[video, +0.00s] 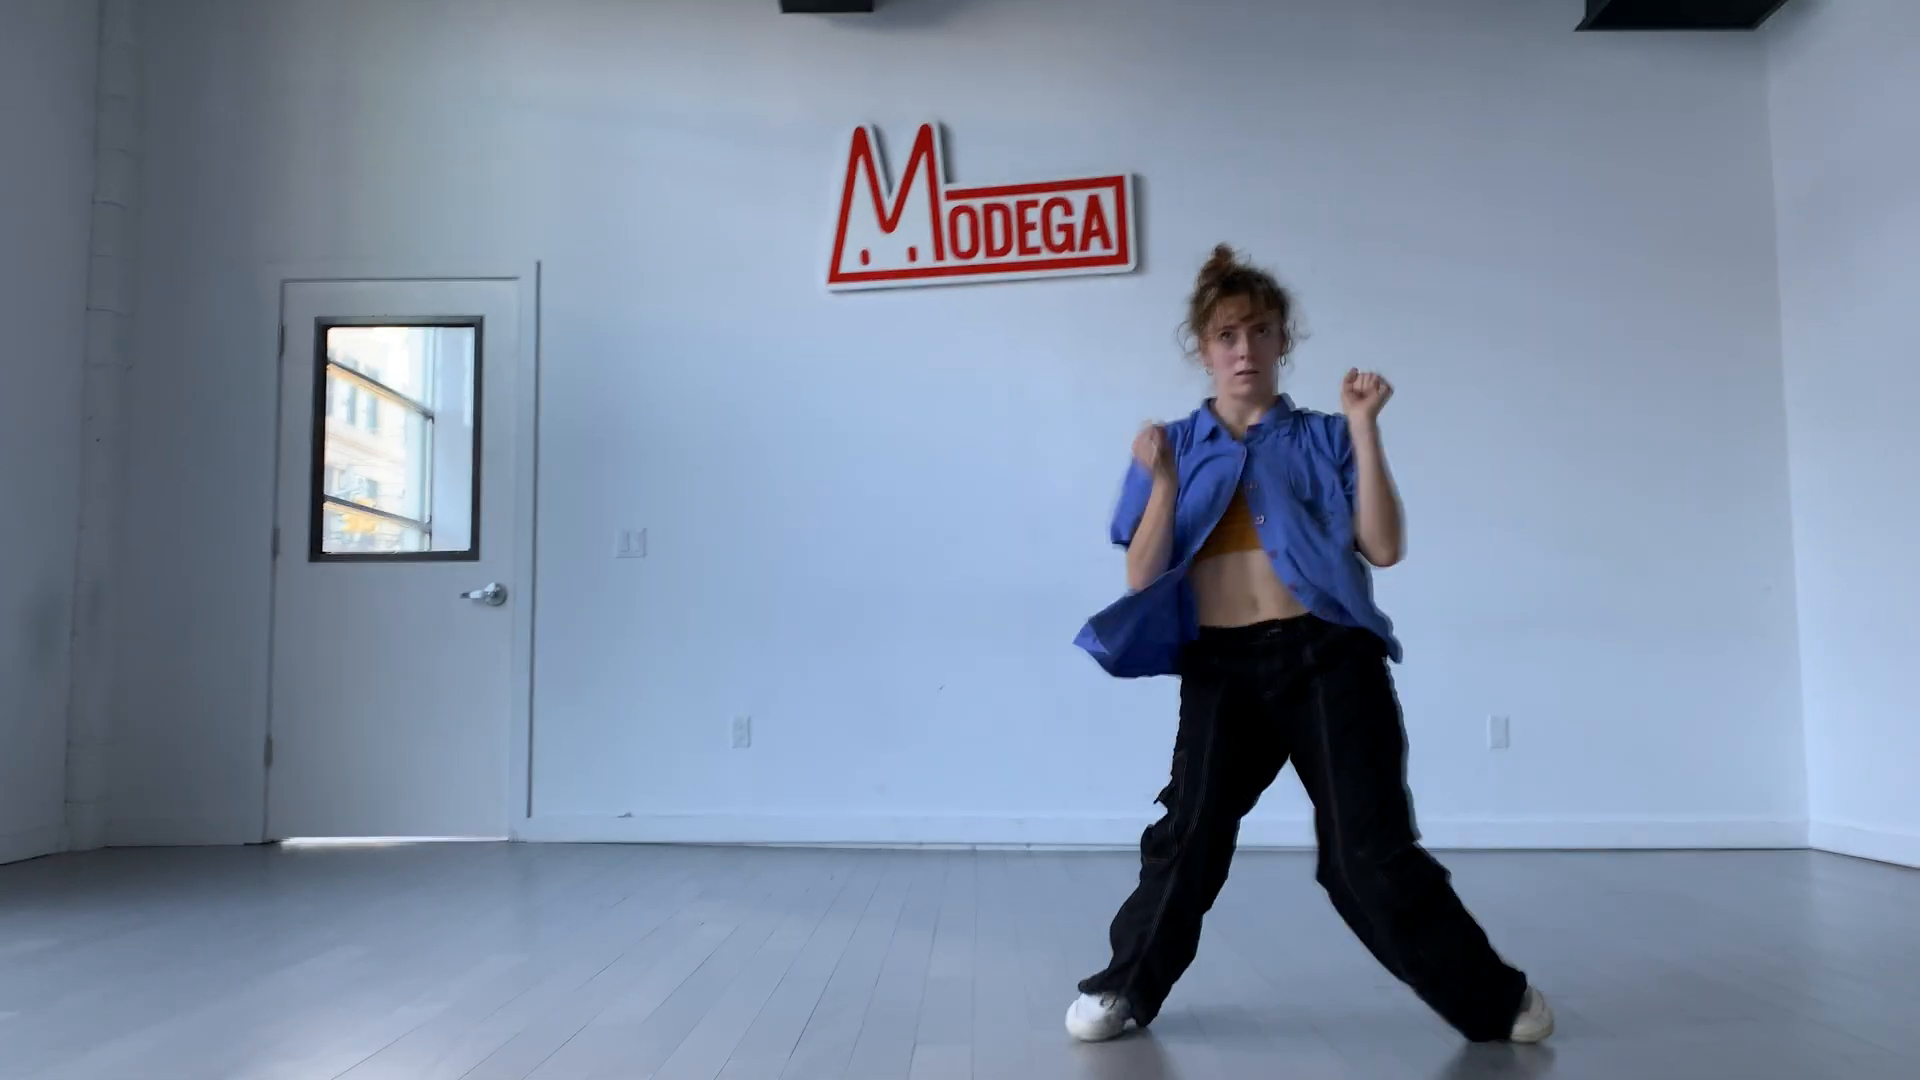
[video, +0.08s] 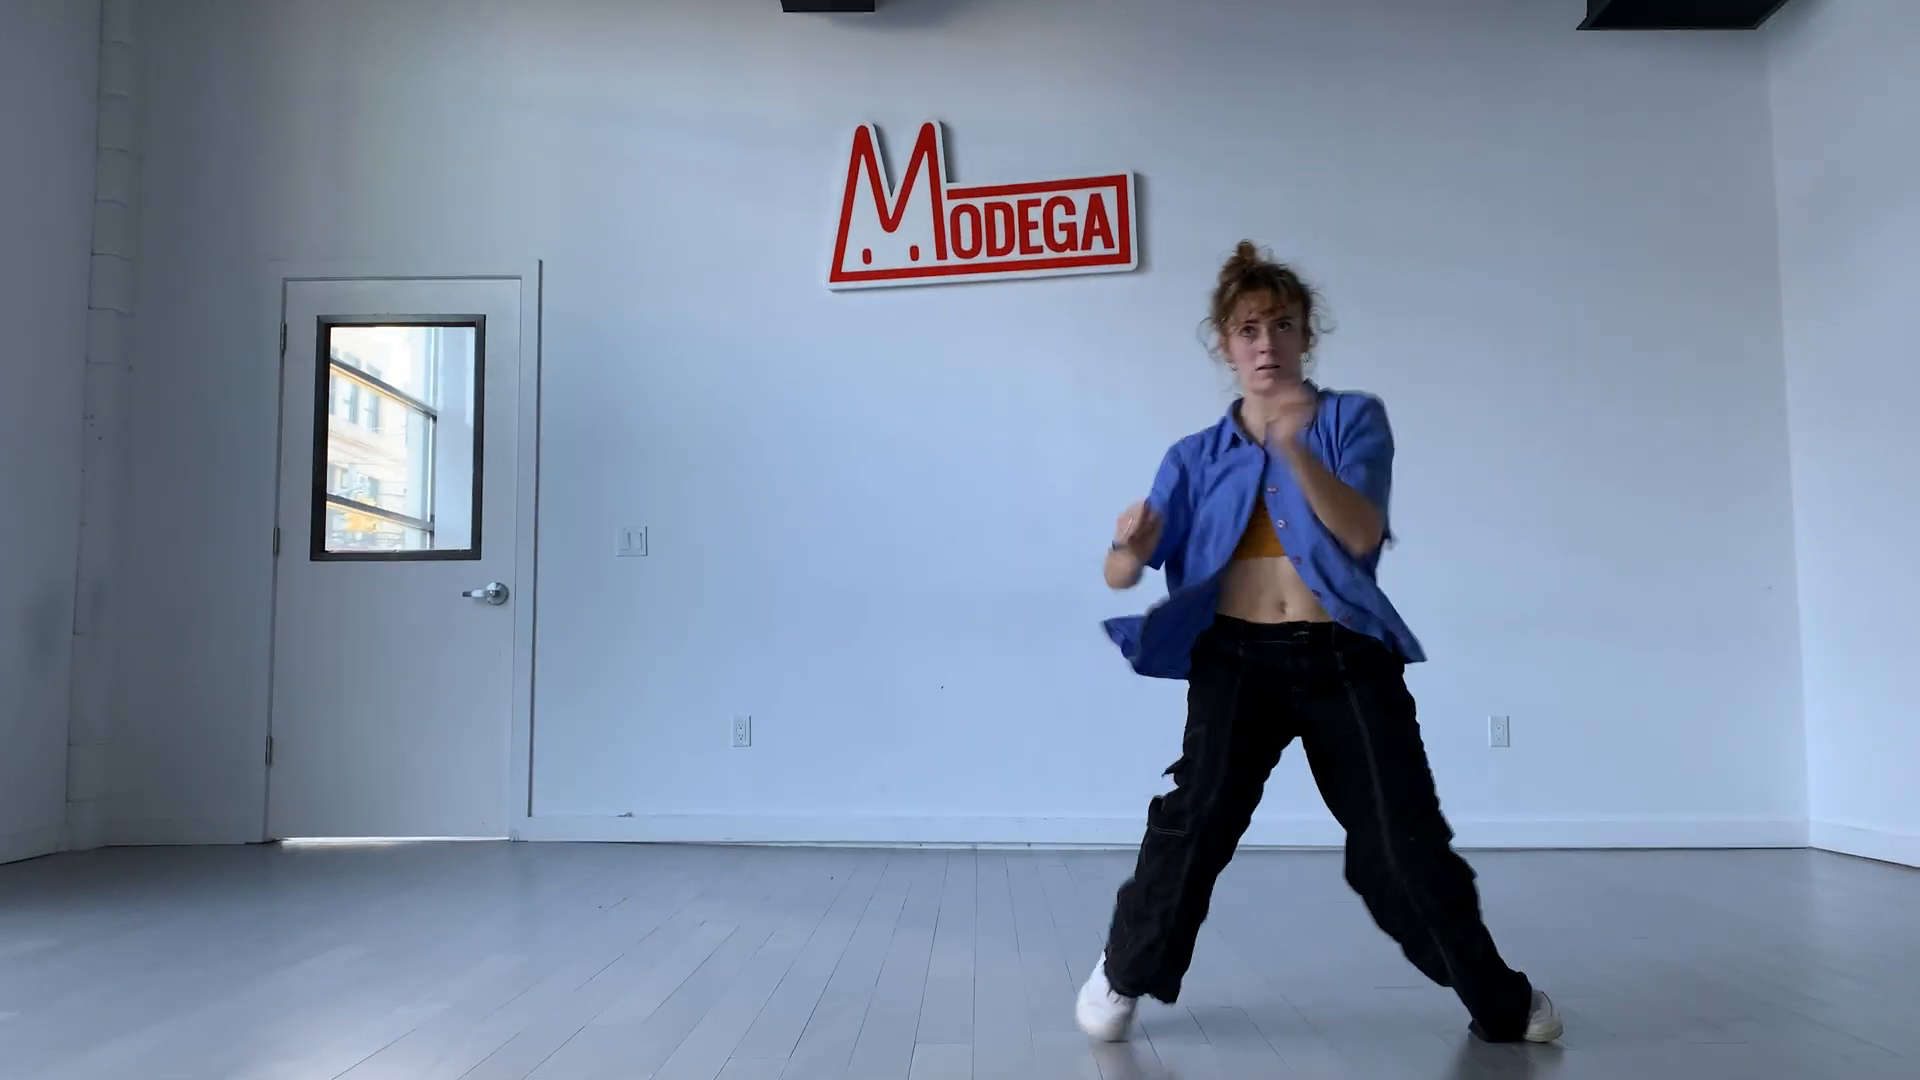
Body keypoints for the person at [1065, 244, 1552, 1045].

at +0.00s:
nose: (1244, 347)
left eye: (1258, 331)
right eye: (1227, 334)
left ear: (1282, 344)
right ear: (1203, 350)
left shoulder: (1324, 436)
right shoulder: (1173, 449)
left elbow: (1384, 547)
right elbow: (1143, 574)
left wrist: (1364, 426)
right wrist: (1165, 477)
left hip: (1331, 658)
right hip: (1225, 669)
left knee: (1368, 853)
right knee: (1187, 836)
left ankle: (1497, 999)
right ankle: (1126, 989)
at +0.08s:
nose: (1266, 344)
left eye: (1279, 326)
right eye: (1248, 331)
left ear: (1305, 335)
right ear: (1225, 349)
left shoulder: (1351, 421)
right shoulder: (1194, 455)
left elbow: (1364, 535)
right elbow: (1120, 577)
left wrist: (1295, 450)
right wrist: (1132, 550)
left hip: (1345, 657)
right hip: (1236, 660)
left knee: (1403, 840)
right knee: (1197, 820)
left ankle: (1500, 1000)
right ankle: (1123, 971)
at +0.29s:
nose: (1276, 351)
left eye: (1290, 335)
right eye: (1257, 336)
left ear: (1311, 347)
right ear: (1227, 349)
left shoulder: (1325, 423)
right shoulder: (1173, 419)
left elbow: (1343, 306)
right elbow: (1069, 370)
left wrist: (1226, 313)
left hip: (1316, 680)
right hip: (1206, 685)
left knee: (1397, 856)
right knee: (1227, 859)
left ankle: (1503, 1002)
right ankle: (1140, 976)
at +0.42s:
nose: (1206, 341)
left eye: (1222, 325)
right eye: (1188, 327)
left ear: (1250, 336)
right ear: (1167, 341)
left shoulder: (1281, 413)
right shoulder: (1129, 391)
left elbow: (1358, 295)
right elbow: (1074, 276)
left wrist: (1291, 233)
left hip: (1234, 665)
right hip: (1130, 668)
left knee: (1355, 837)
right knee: (1197, 832)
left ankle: (1493, 996)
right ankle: (1130, 975)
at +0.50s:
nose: (1172, 327)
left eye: (1188, 311)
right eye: (1156, 315)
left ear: (1217, 327)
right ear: (1136, 332)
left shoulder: (1252, 418)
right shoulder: (1109, 386)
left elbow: (1344, 341)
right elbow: (1080, 250)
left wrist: (1304, 262)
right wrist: (1176, 174)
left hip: (1190, 660)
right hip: (1090, 657)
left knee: (1316, 797)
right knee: (1183, 822)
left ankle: (1387, 955)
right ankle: (1127, 975)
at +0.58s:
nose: (1162, 311)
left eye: (1170, 300)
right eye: (1147, 299)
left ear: (1186, 322)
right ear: (1115, 313)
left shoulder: (1212, 427)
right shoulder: (1099, 402)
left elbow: (1298, 410)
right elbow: (1140, 307)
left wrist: (1272, 330)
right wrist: (1168, 231)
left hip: (1159, 660)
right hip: (1064, 653)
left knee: (1261, 810)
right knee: (1165, 817)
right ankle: (1110, 974)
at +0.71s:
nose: (1081, 302)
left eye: (1094, 285)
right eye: (1061, 292)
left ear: (1116, 298)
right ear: (1040, 314)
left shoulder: (1132, 399)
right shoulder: (1068, 394)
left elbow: (1143, 527)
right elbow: (1147, 523)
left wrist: (1212, 541)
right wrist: (1254, 467)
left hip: (1079, 639)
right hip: (1031, 627)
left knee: (1046, 837)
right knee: (1115, 799)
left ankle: (891, 829)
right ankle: (1116, 980)